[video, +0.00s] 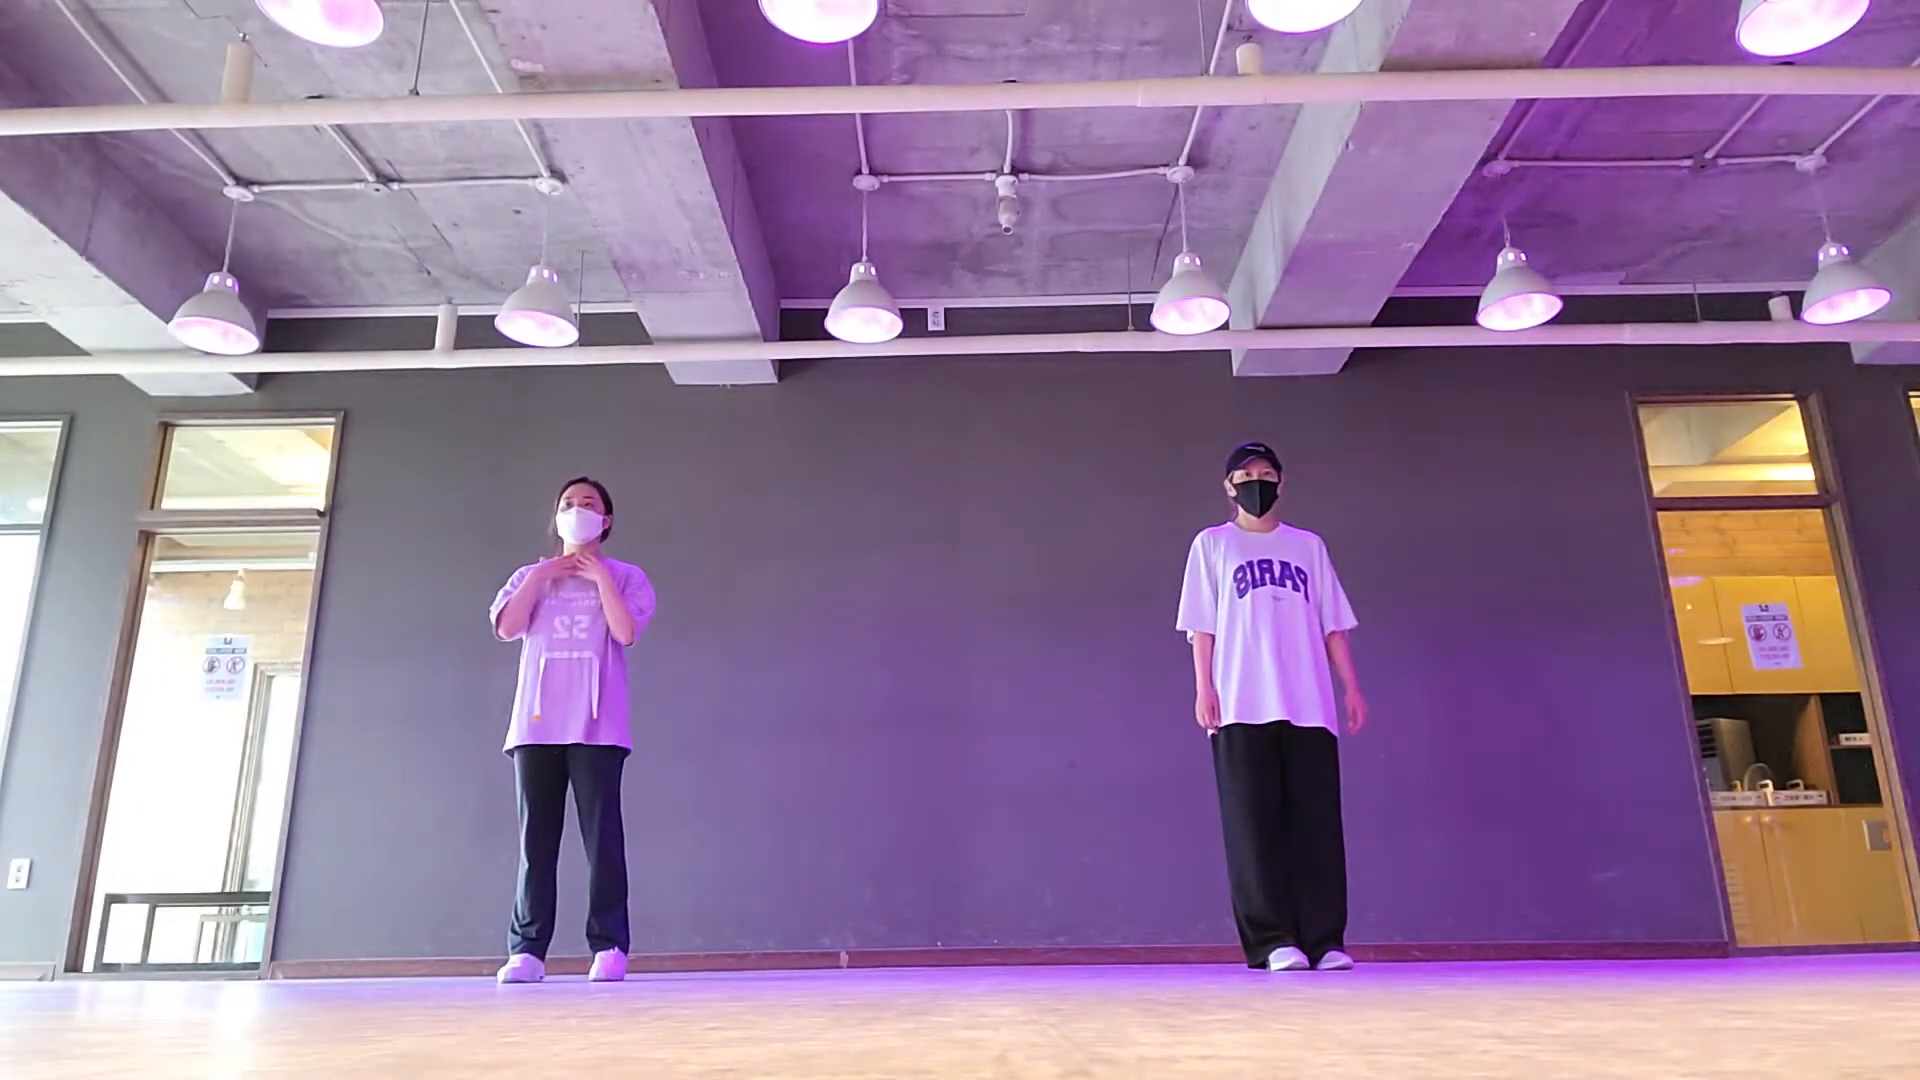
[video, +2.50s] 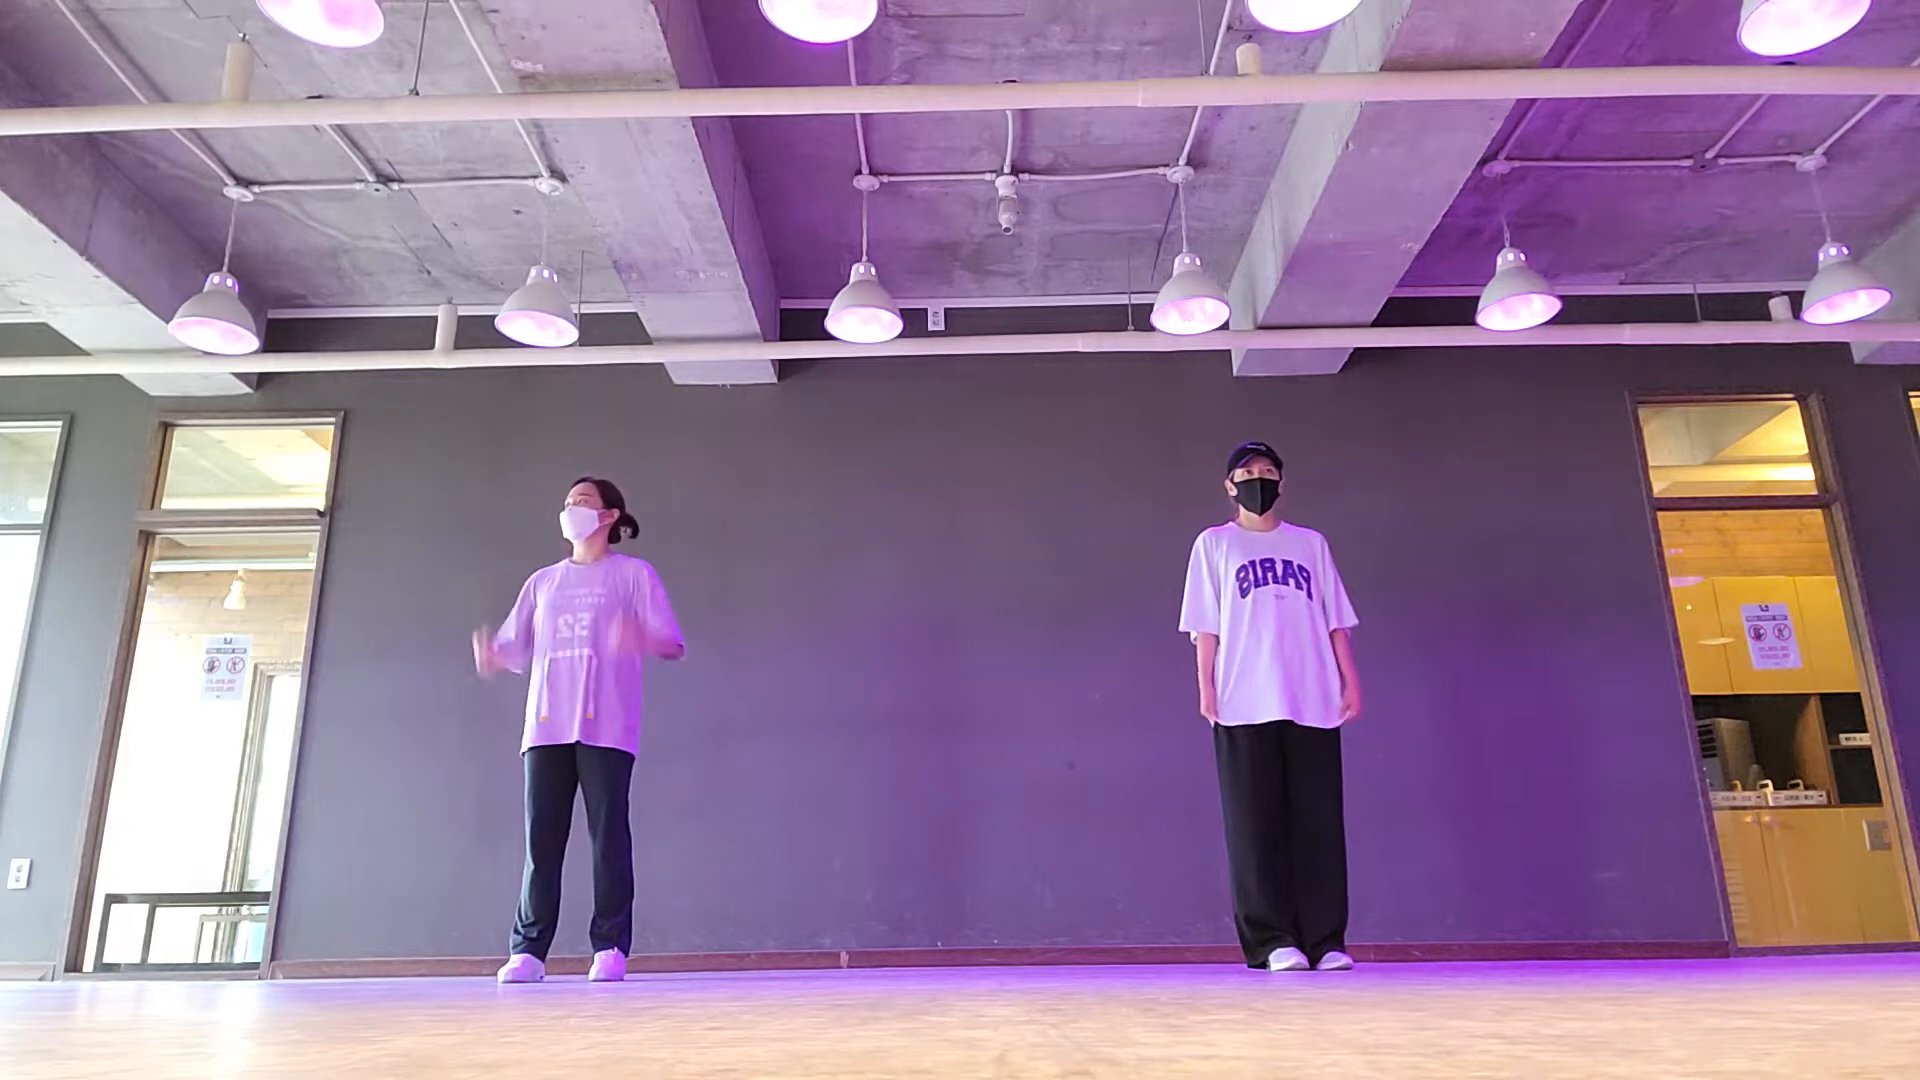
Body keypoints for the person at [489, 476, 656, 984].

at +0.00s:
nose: (577, 510)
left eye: (589, 504)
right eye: (568, 505)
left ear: (607, 521)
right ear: (555, 521)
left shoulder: (628, 578)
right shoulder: (531, 576)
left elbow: (626, 632)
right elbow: (506, 628)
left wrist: (600, 574)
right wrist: (542, 574)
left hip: (598, 726)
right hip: (535, 725)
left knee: (602, 840)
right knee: (536, 843)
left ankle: (609, 949)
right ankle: (526, 952)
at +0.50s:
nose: (587, 508)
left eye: (598, 502)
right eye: (578, 502)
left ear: (616, 520)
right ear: (565, 520)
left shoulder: (638, 576)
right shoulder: (542, 575)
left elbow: (630, 631)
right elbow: (518, 631)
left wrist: (605, 572)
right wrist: (552, 577)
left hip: (607, 724)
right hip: (547, 723)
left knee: (609, 839)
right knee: (542, 840)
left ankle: (610, 949)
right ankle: (527, 951)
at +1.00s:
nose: (606, 514)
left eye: (614, 508)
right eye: (595, 506)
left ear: (625, 524)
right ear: (574, 519)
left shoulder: (643, 577)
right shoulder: (546, 574)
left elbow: (642, 629)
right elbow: (519, 624)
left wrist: (618, 572)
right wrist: (554, 573)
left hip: (614, 725)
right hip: (551, 725)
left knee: (613, 838)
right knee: (544, 840)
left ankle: (610, 949)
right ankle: (528, 950)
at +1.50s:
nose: (595, 513)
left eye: (606, 507)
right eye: (585, 507)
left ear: (621, 522)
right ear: (569, 521)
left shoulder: (632, 574)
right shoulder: (546, 574)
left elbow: (663, 600)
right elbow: (501, 592)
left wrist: (640, 550)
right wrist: (542, 547)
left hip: (612, 718)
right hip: (550, 718)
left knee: (612, 835)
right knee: (543, 835)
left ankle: (610, 949)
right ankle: (528, 950)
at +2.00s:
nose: (578, 509)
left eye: (590, 503)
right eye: (573, 502)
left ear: (614, 519)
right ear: (564, 518)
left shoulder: (641, 574)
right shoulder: (542, 580)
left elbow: (685, 627)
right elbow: (493, 631)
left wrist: (687, 572)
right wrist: (501, 580)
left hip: (610, 720)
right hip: (547, 720)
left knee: (610, 837)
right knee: (541, 837)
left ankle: (610, 949)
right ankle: (528, 951)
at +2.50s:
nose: (573, 510)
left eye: (585, 503)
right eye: (569, 503)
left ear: (611, 518)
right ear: (561, 518)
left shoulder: (636, 576)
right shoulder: (540, 582)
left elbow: (674, 645)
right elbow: (518, 652)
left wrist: (639, 636)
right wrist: (494, 655)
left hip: (607, 725)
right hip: (546, 725)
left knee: (608, 840)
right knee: (541, 841)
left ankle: (610, 949)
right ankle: (527, 952)